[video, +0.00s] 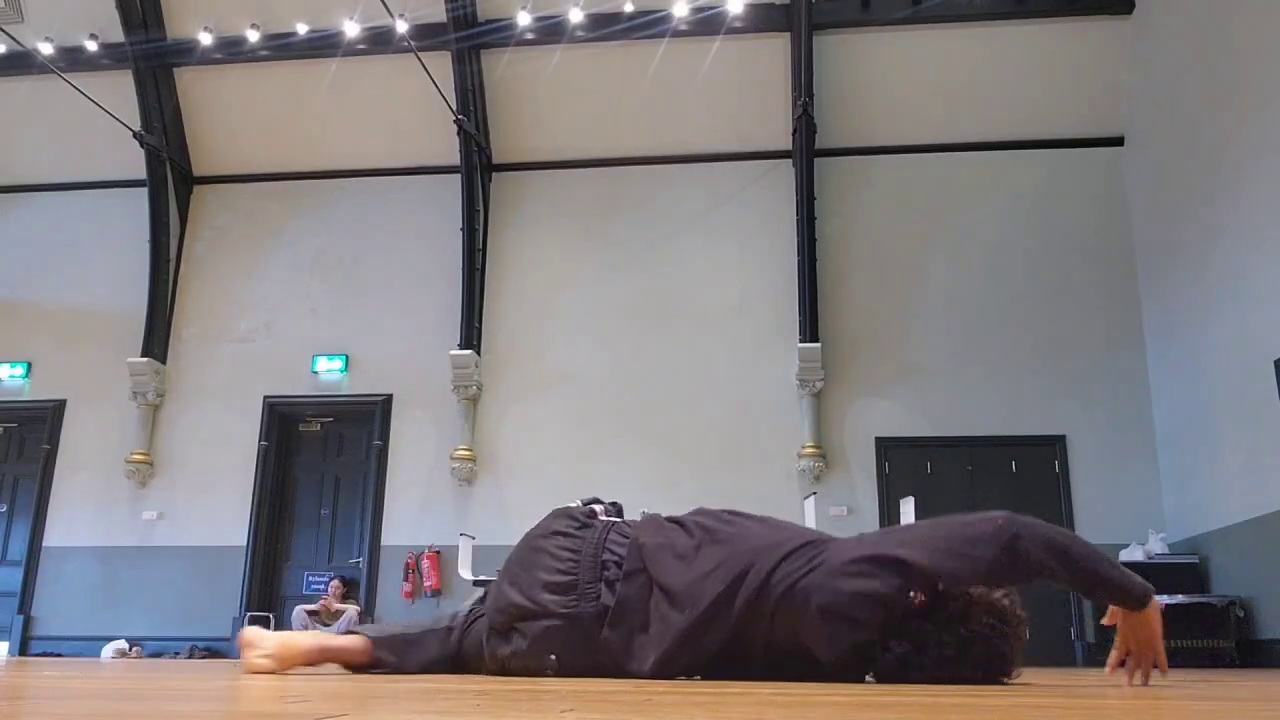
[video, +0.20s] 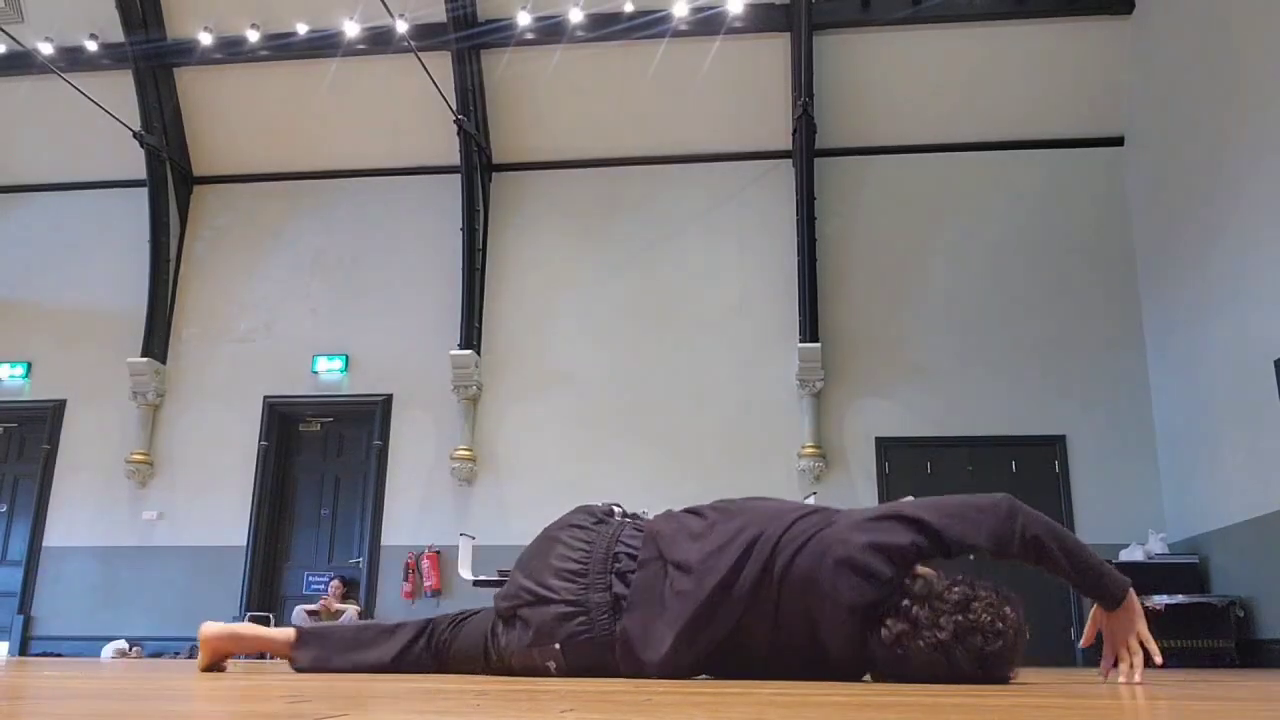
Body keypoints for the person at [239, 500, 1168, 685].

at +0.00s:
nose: (956, 666)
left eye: (969, 663)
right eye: (968, 668)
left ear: (944, 595)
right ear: (941, 632)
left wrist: (1129, 603)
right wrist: (1136, 603)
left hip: (583, 554)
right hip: (578, 625)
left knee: (458, 623)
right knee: (446, 641)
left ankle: (327, 640)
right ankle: (314, 648)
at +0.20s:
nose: (981, 671)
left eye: (993, 661)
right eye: (975, 676)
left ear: (962, 589)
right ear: (923, 662)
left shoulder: (883, 537)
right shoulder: (855, 657)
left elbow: (1020, 523)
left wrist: (1110, 591)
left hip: (601, 537)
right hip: (583, 626)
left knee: (470, 616)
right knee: (421, 642)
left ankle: (333, 623)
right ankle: (268, 643)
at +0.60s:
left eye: (1000, 658)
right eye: (953, 669)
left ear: (982, 593)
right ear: (900, 652)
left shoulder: (894, 520)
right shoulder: (869, 658)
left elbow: (969, 538)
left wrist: (1019, 631)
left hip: (626, 549)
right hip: (604, 622)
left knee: (454, 629)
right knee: (416, 640)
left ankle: (314, 620)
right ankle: (255, 631)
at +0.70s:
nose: (956, 685)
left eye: (972, 671)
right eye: (953, 678)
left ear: (957, 569)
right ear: (919, 661)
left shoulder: (889, 512)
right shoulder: (855, 663)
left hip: (624, 546)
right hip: (607, 632)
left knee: (457, 626)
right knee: (425, 638)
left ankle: (306, 619)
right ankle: (255, 633)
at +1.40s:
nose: (955, 680)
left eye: (972, 671)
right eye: (956, 669)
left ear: (938, 614)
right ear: (921, 636)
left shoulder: (893, 592)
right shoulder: (849, 622)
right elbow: (716, 642)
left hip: (655, 602)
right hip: (629, 617)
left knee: (474, 639)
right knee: (444, 646)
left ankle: (323, 610)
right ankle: (278, 597)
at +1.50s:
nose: (950, 668)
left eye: (966, 661)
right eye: (958, 657)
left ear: (934, 598)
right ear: (931, 623)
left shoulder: (872, 588)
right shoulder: (854, 617)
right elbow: (750, 664)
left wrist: (897, 657)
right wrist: (886, 673)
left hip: (650, 601)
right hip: (637, 616)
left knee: (481, 642)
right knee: (460, 650)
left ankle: (324, 612)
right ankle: (292, 606)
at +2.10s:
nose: (925, 648)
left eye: (941, 648)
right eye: (931, 630)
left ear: (943, 636)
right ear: (910, 590)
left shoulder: (875, 601)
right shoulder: (824, 581)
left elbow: (785, 658)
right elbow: (715, 656)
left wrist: (861, 654)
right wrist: (824, 664)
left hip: (681, 619)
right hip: (659, 584)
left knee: (548, 646)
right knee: (524, 655)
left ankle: (458, 639)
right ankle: (437, 647)